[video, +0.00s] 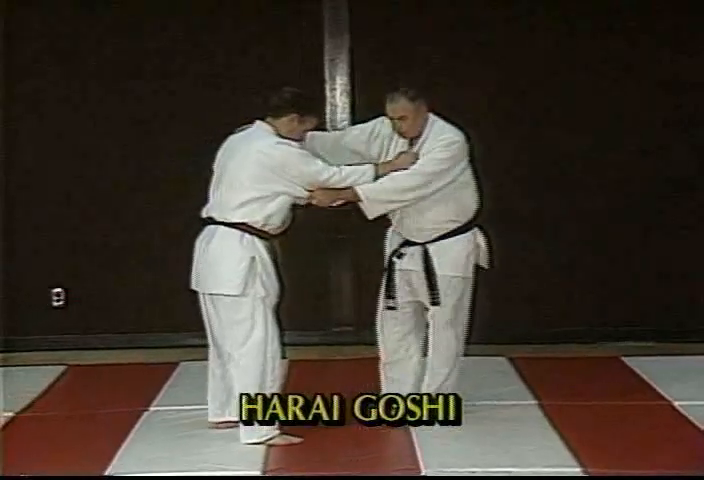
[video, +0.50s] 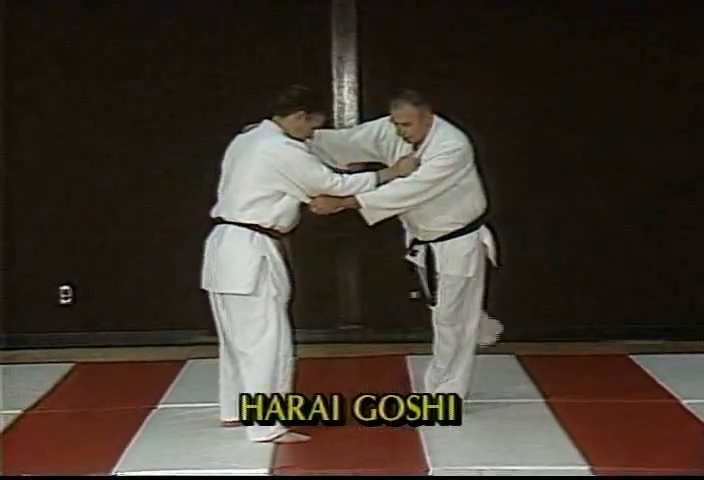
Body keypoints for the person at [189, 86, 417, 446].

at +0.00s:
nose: (305, 136)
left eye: (309, 130)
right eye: (305, 128)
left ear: (276, 117)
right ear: (291, 119)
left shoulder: (237, 140)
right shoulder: (278, 153)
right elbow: (330, 178)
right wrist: (385, 168)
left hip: (210, 246)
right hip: (240, 252)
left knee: (224, 340)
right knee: (254, 341)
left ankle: (222, 410)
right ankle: (258, 427)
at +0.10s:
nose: (309, 135)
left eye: (312, 129)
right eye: (308, 127)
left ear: (279, 117)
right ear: (294, 119)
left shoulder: (241, 139)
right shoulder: (279, 152)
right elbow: (331, 183)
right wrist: (387, 171)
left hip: (213, 245)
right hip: (242, 251)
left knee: (226, 338)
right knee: (256, 340)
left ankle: (223, 409)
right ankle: (259, 426)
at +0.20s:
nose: (310, 134)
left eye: (313, 128)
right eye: (310, 126)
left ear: (282, 115)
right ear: (297, 118)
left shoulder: (242, 139)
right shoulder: (280, 152)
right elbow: (330, 184)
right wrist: (387, 173)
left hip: (215, 243)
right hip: (244, 250)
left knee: (227, 336)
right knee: (258, 339)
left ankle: (224, 408)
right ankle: (260, 426)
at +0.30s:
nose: (312, 134)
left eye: (315, 128)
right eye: (312, 126)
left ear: (283, 115)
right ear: (297, 118)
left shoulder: (244, 139)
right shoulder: (280, 151)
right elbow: (330, 185)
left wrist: (335, 169)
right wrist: (388, 174)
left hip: (217, 243)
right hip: (246, 250)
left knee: (229, 337)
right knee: (260, 339)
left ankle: (225, 408)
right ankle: (262, 425)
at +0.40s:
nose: (312, 133)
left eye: (315, 127)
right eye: (312, 125)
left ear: (283, 115)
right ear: (297, 117)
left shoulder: (244, 139)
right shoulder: (281, 150)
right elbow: (330, 184)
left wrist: (335, 168)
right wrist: (387, 175)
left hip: (219, 243)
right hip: (249, 250)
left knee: (232, 336)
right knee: (264, 339)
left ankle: (229, 408)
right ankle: (264, 425)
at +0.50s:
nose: (313, 134)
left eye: (316, 127)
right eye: (313, 126)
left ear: (285, 115)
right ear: (297, 117)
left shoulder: (244, 139)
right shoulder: (282, 150)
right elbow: (331, 185)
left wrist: (336, 169)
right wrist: (388, 175)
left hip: (221, 244)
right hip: (251, 250)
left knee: (235, 338)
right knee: (266, 340)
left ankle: (233, 411)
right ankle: (265, 425)